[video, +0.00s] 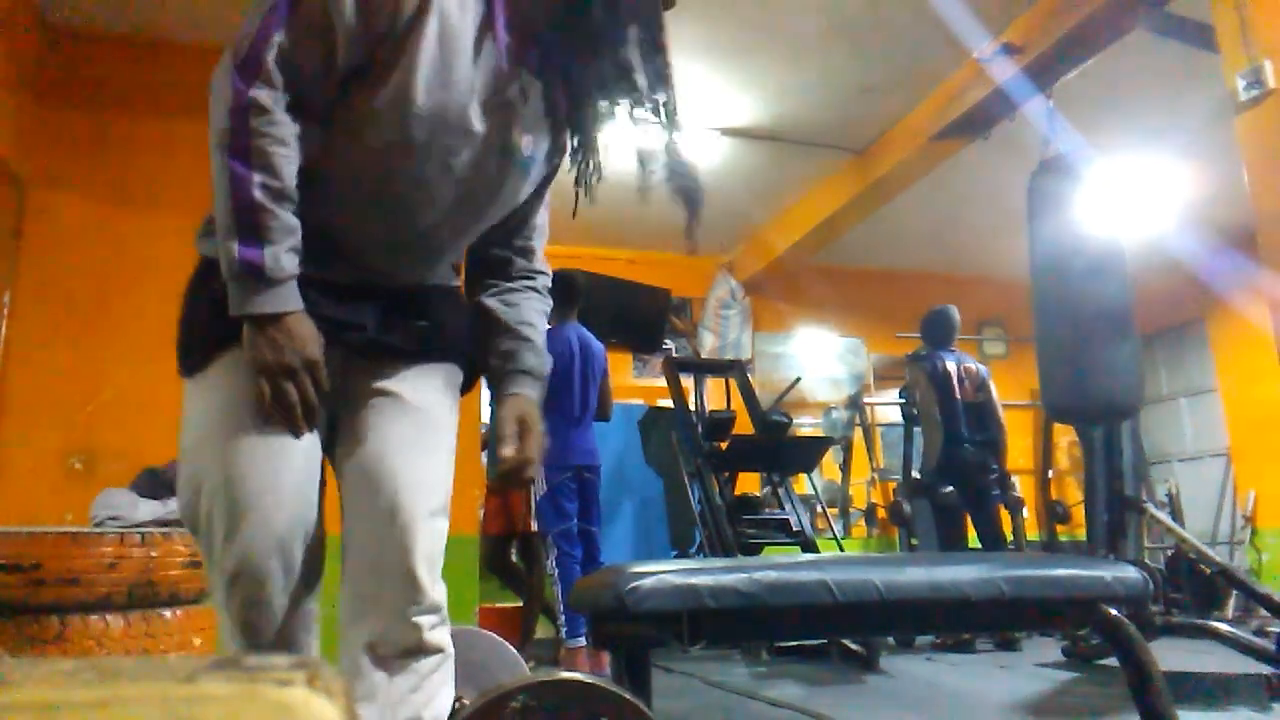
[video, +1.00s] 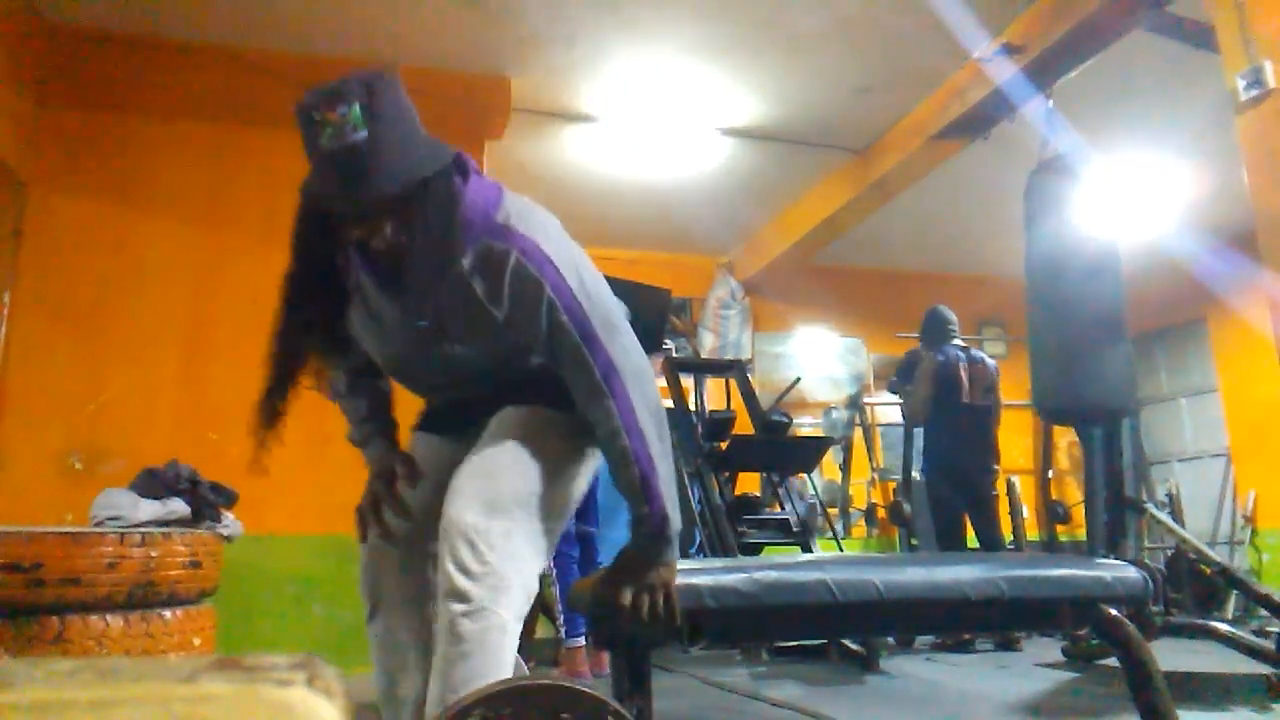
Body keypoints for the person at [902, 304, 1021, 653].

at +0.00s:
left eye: (925, 333)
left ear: (924, 334)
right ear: (957, 334)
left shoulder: (921, 367)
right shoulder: (976, 369)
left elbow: (933, 423)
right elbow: (997, 423)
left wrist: (926, 473)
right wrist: (1001, 468)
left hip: (943, 469)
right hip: (978, 468)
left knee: (951, 547)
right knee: (995, 543)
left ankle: (957, 630)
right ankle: (1006, 627)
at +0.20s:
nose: (924, 339)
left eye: (925, 333)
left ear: (927, 333)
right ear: (958, 334)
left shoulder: (922, 366)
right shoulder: (977, 369)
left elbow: (935, 426)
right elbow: (998, 423)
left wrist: (926, 474)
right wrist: (1001, 469)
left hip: (944, 468)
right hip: (977, 466)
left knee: (951, 547)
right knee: (994, 543)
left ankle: (958, 629)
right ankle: (1006, 627)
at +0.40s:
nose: (927, 334)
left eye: (929, 328)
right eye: (932, 329)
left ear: (933, 329)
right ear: (965, 332)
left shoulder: (927, 364)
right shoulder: (981, 367)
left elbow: (934, 424)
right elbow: (1006, 422)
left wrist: (918, 463)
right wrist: (991, 463)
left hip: (943, 465)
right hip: (977, 465)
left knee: (949, 546)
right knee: (991, 541)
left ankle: (957, 630)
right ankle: (1008, 626)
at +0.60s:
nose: (932, 334)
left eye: (934, 328)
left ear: (937, 328)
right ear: (969, 327)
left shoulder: (932, 363)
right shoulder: (990, 365)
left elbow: (930, 416)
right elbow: (1007, 423)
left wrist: (902, 433)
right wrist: (978, 436)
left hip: (944, 464)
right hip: (981, 465)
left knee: (950, 544)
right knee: (992, 541)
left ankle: (955, 628)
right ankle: (1006, 626)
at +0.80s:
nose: (924, 337)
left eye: (926, 331)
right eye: (927, 331)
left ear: (931, 330)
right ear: (961, 327)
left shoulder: (934, 360)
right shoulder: (989, 363)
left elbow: (921, 414)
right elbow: (999, 420)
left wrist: (903, 396)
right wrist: (971, 425)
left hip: (943, 465)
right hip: (980, 464)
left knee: (951, 546)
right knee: (992, 542)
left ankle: (956, 629)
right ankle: (1008, 627)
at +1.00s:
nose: (922, 341)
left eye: (923, 335)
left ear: (927, 334)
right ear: (957, 330)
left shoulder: (931, 362)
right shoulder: (986, 363)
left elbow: (918, 412)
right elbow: (995, 417)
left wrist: (905, 399)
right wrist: (991, 455)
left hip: (943, 466)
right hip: (980, 466)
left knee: (950, 547)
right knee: (993, 543)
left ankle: (958, 629)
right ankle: (1008, 628)